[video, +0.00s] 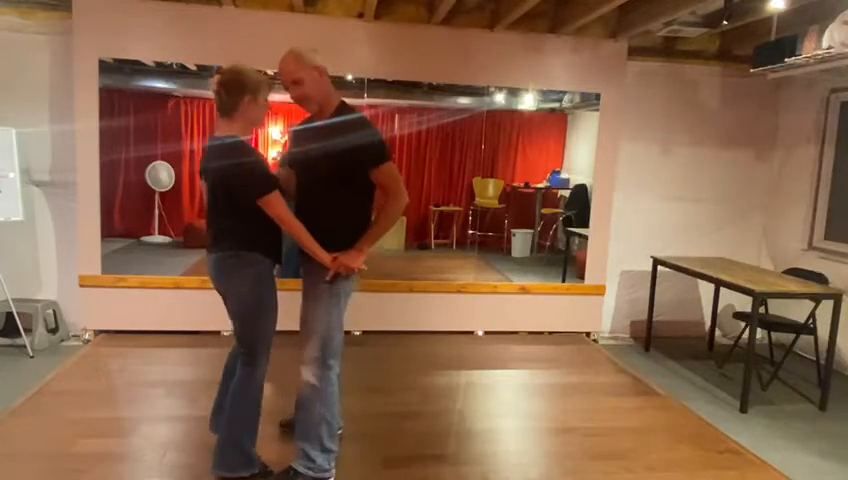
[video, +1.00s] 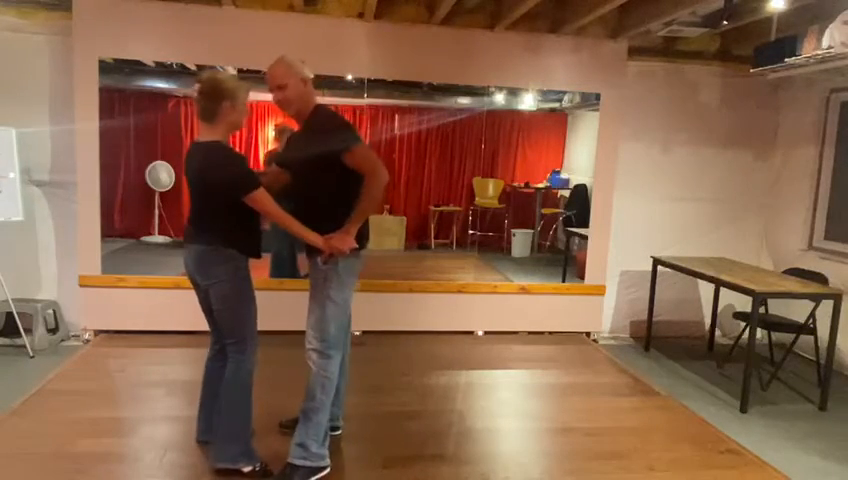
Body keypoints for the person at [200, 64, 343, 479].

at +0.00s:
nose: (267, 109)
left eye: (267, 101)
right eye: (263, 101)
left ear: (223, 103)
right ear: (244, 104)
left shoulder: (215, 150)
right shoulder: (243, 157)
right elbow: (284, 219)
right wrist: (325, 258)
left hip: (226, 261)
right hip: (249, 266)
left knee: (247, 345)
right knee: (255, 357)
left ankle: (223, 422)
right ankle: (235, 459)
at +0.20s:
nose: (259, 106)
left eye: (258, 98)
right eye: (254, 98)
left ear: (216, 101)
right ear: (236, 103)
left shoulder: (210, 150)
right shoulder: (236, 153)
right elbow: (280, 213)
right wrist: (323, 251)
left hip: (225, 257)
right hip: (247, 262)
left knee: (241, 343)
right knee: (254, 354)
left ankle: (217, 424)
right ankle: (236, 458)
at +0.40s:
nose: (254, 107)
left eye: (252, 100)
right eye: (250, 100)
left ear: (215, 105)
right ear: (233, 105)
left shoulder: (203, 152)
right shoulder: (231, 156)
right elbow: (274, 212)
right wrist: (319, 248)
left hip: (219, 255)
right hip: (244, 260)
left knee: (236, 344)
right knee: (252, 353)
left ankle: (213, 430)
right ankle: (236, 456)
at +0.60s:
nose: (247, 114)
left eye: (247, 106)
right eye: (244, 106)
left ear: (208, 107)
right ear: (228, 107)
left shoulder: (199, 154)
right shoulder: (223, 158)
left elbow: (251, 192)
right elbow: (267, 212)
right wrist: (311, 244)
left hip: (215, 256)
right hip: (239, 260)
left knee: (233, 343)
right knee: (253, 349)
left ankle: (212, 430)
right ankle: (237, 455)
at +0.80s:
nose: (245, 113)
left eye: (245, 106)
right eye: (242, 106)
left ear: (209, 109)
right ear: (225, 109)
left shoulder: (197, 155)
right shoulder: (221, 160)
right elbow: (266, 214)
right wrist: (311, 242)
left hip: (210, 257)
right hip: (233, 261)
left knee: (229, 343)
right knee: (251, 349)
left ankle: (211, 429)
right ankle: (238, 454)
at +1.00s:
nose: (246, 113)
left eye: (246, 106)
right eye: (243, 106)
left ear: (206, 109)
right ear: (228, 110)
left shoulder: (197, 154)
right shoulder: (226, 159)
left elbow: (247, 190)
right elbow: (269, 210)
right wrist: (318, 241)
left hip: (201, 256)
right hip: (224, 260)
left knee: (223, 345)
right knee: (241, 348)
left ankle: (210, 431)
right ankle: (233, 454)